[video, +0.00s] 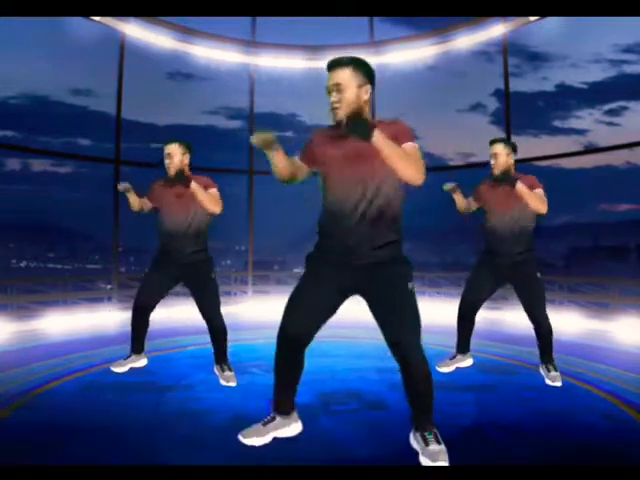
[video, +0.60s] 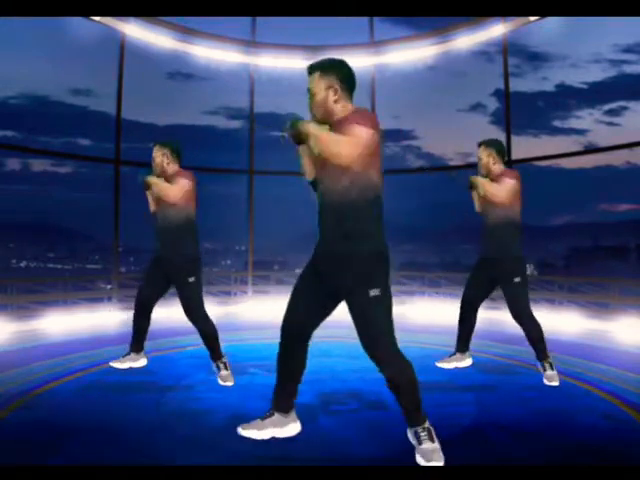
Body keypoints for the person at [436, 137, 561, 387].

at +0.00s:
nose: (494, 161)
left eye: (498, 156)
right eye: (492, 156)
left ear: (512, 157)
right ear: (490, 159)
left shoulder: (529, 183)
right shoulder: (485, 189)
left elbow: (542, 208)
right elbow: (466, 209)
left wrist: (517, 184)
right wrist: (457, 195)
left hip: (522, 262)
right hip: (491, 262)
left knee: (539, 317)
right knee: (467, 306)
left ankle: (548, 364)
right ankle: (462, 354)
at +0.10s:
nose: (489, 163)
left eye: (494, 158)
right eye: (487, 158)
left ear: (508, 159)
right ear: (487, 161)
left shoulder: (524, 185)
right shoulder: (479, 183)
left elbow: (533, 214)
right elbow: (447, 189)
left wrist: (510, 188)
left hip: (518, 263)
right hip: (488, 262)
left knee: (535, 314)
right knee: (463, 305)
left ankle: (548, 364)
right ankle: (461, 355)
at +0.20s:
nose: (481, 162)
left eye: (485, 157)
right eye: (480, 157)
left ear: (500, 159)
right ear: (483, 161)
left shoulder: (517, 185)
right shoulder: (481, 185)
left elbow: (517, 219)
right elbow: (458, 196)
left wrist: (498, 194)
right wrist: (449, 186)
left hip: (510, 262)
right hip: (485, 261)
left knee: (524, 312)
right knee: (460, 304)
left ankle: (549, 364)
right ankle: (461, 354)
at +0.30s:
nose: (476, 160)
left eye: (479, 156)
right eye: (475, 156)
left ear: (492, 157)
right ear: (484, 158)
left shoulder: (504, 181)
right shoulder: (483, 183)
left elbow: (504, 212)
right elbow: (486, 213)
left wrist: (479, 188)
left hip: (500, 258)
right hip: (484, 256)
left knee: (513, 310)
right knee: (460, 300)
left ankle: (552, 357)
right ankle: (461, 354)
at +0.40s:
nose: (479, 162)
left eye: (482, 158)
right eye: (479, 158)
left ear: (491, 158)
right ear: (495, 159)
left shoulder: (494, 179)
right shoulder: (496, 180)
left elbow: (458, 186)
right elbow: (459, 186)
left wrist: (437, 176)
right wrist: (439, 177)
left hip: (499, 259)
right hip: (487, 258)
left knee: (509, 313)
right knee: (460, 300)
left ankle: (550, 358)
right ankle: (460, 353)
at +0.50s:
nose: (480, 162)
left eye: (482, 157)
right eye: (480, 158)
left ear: (492, 156)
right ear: (497, 157)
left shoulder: (496, 176)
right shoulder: (501, 179)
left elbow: (458, 182)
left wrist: (433, 173)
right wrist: (441, 176)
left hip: (499, 258)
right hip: (489, 256)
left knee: (513, 313)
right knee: (464, 300)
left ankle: (548, 359)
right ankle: (461, 354)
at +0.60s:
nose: (480, 164)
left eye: (483, 159)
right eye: (479, 160)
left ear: (495, 158)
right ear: (486, 161)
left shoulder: (511, 178)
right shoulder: (490, 183)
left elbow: (500, 196)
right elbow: (480, 208)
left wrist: (480, 182)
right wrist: (476, 190)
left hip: (510, 259)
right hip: (489, 259)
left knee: (521, 312)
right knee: (469, 302)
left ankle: (546, 363)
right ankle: (461, 353)